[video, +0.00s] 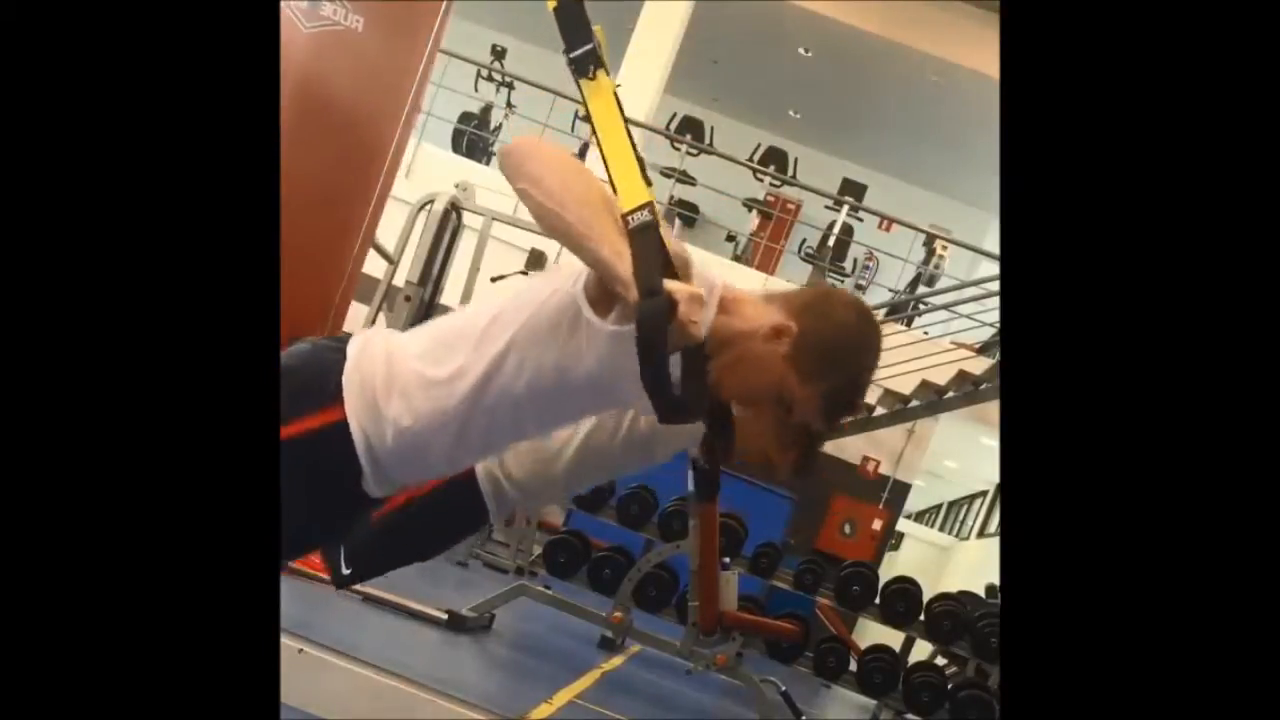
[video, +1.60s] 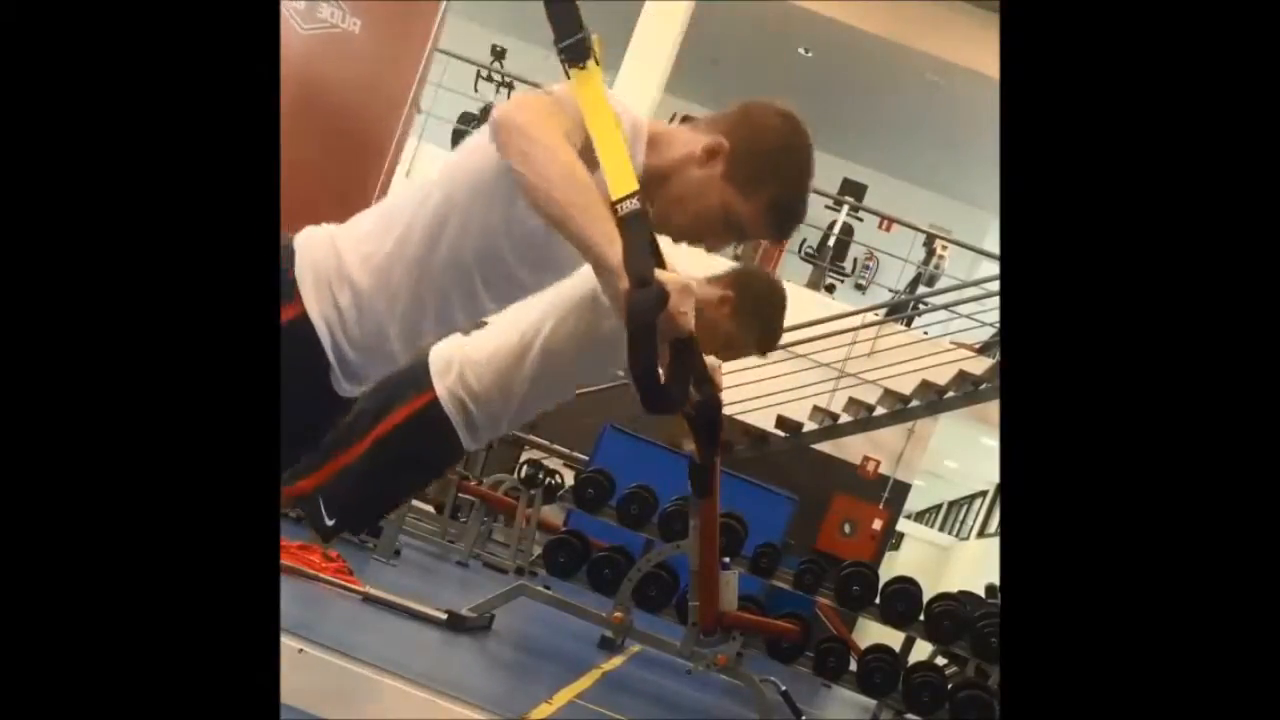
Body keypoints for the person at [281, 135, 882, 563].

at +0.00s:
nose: (767, 418)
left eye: (789, 415)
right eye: (783, 398)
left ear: (779, 332)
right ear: (776, 330)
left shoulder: (699, 375)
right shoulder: (665, 269)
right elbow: (525, 154)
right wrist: (634, 280)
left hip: (368, 469)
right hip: (332, 419)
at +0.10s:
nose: (753, 362)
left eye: (771, 364)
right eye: (770, 348)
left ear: (770, 272)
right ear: (769, 277)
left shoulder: (686, 330)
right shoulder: (667, 231)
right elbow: (519, 147)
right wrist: (638, 285)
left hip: (370, 444)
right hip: (332, 387)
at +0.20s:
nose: (742, 312)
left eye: (762, 309)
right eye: (760, 297)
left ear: (751, 224)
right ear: (753, 228)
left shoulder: (667, 269)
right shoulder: (649, 177)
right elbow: (517, 141)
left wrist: (674, 381)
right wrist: (640, 295)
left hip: (370, 418)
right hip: (327, 352)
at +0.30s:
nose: (732, 268)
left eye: (753, 266)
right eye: (749, 251)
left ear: (738, 172)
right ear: (736, 175)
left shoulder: (646, 228)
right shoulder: (630, 138)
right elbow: (511, 134)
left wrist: (666, 374)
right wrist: (620, 294)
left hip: (361, 388)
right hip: (315, 321)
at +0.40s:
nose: (712, 230)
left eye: (732, 226)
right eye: (729, 209)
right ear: (717, 136)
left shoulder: (628, 198)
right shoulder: (608, 102)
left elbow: (629, 297)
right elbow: (506, 132)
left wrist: (669, 371)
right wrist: (600, 290)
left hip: (352, 357)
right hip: (305, 295)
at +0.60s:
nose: (689, 168)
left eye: (707, 161)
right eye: (702, 146)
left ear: (681, 71)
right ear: (683, 71)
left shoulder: (596, 139)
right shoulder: (556, 43)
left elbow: (611, 251)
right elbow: (510, 147)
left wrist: (657, 369)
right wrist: (604, 295)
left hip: (329, 321)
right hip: (289, 261)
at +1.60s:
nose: (710, 241)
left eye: (732, 239)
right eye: (728, 222)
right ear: (710, 153)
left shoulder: (632, 210)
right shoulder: (603, 117)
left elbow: (649, 290)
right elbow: (519, 125)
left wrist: (685, 363)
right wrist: (629, 276)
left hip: (352, 377)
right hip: (307, 318)